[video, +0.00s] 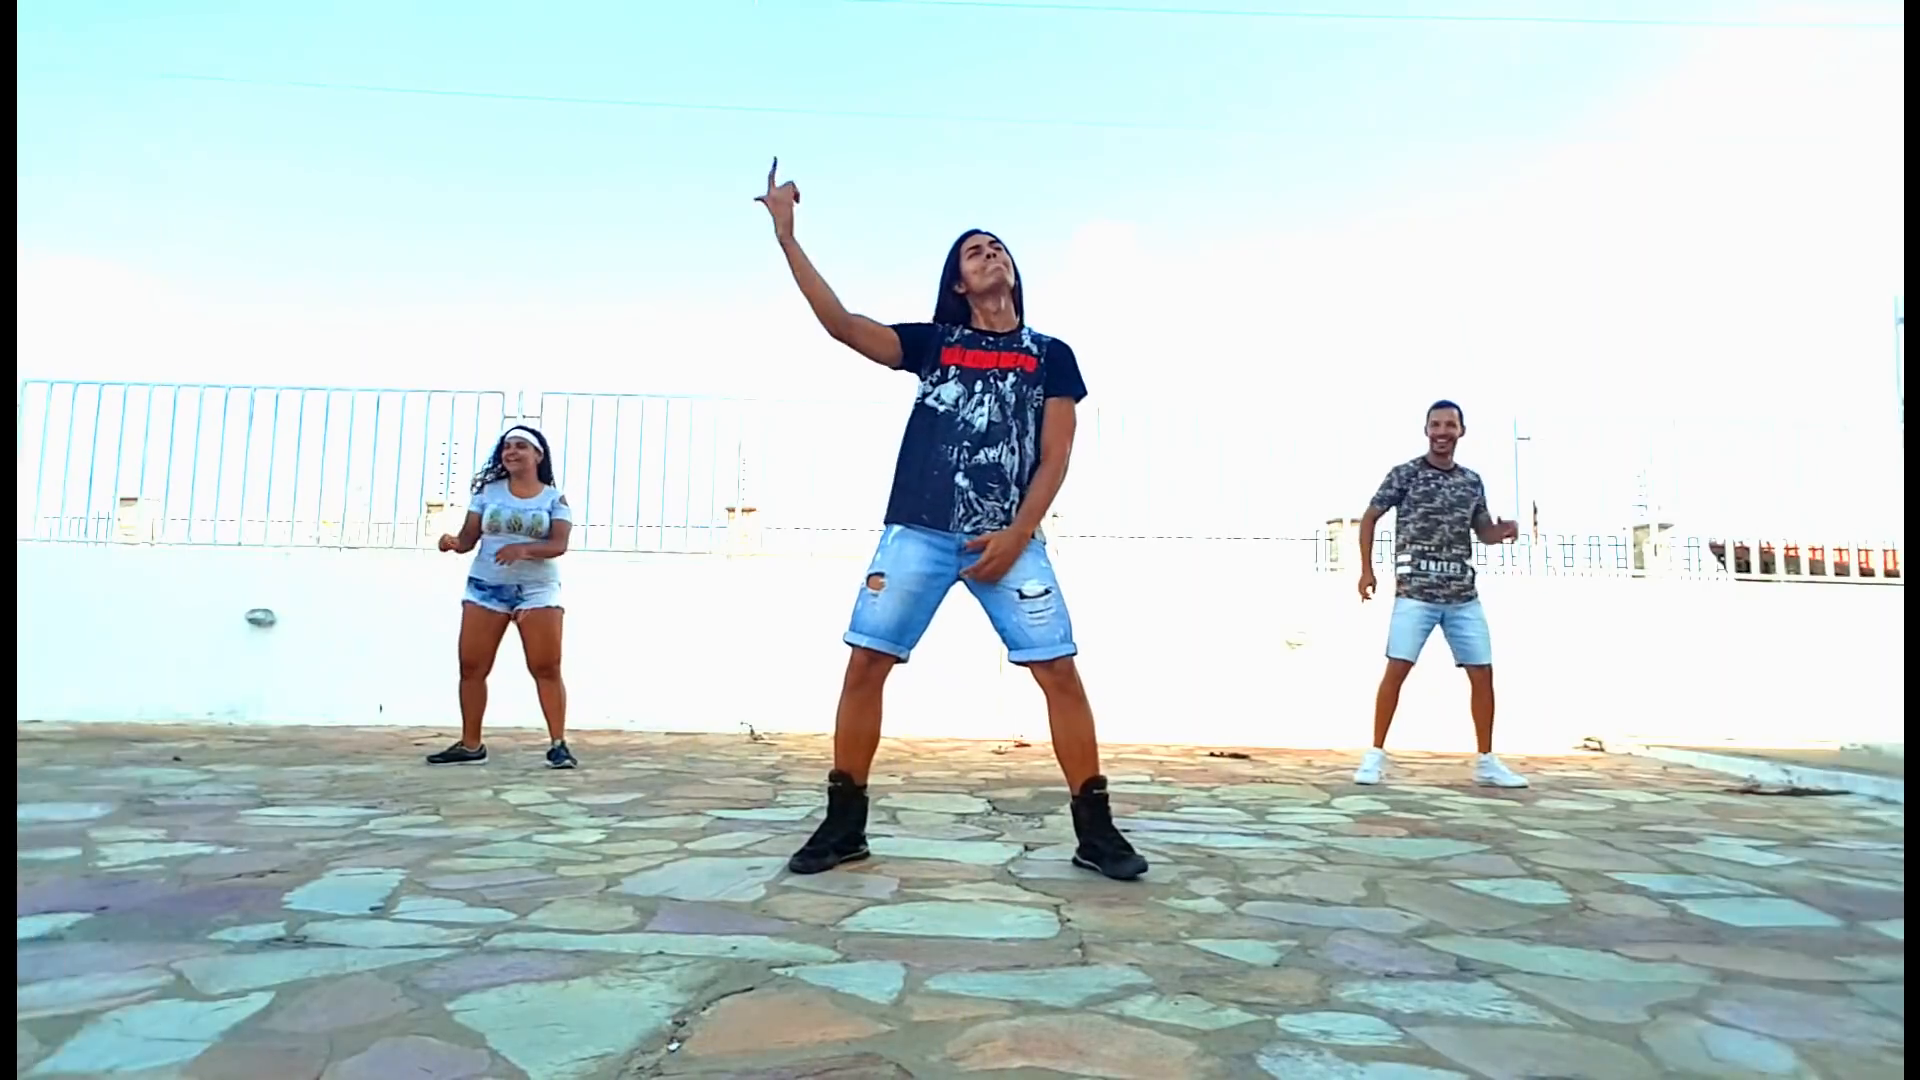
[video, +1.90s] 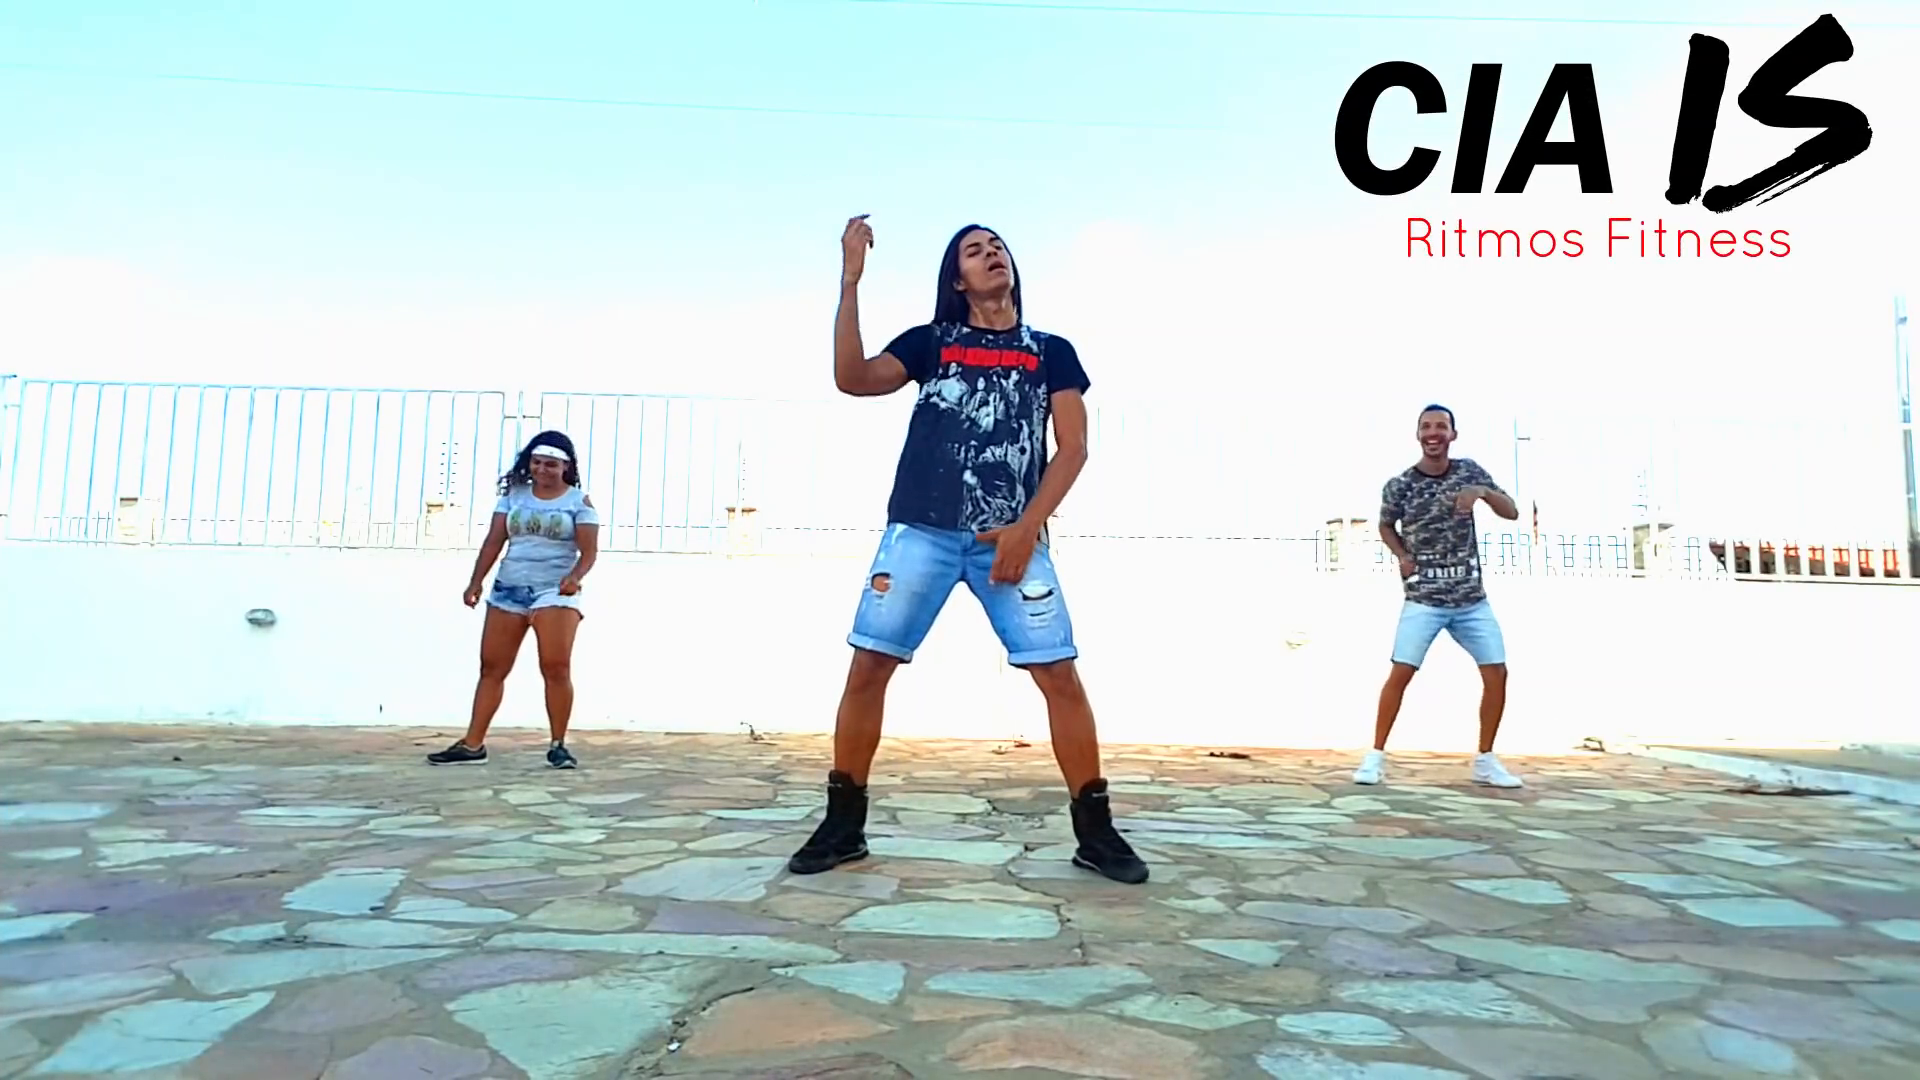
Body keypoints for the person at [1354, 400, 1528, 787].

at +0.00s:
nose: (1443, 432)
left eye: (1450, 426)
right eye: (1436, 425)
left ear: (1461, 432)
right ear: (1426, 431)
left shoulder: (1471, 481)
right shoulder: (1404, 475)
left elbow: (1484, 532)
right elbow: (1368, 520)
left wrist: (1501, 531)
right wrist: (1367, 569)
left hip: (1462, 597)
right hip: (1415, 595)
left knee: (1482, 672)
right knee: (1397, 669)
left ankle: (1486, 759)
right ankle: (1376, 753)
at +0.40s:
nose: (1405, 440)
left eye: (1412, 434)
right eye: (1398, 434)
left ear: (1422, 439)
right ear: (1388, 439)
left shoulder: (1436, 489)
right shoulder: (1370, 487)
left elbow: (1451, 542)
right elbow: (1355, 538)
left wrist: (1468, 530)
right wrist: (1385, 541)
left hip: (1434, 599)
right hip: (1389, 599)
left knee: (1474, 668)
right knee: (1382, 675)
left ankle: (1488, 756)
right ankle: (1376, 757)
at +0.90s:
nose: (1381, 431)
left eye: (1384, 425)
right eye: (1373, 424)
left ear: (1386, 429)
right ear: (1353, 428)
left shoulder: (1394, 470)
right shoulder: (1332, 484)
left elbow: (1418, 518)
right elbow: (1321, 539)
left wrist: (1431, 499)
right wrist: (1350, 564)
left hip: (1415, 582)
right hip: (1371, 593)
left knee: (1470, 638)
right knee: (1374, 670)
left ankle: (1507, 728)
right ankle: (1374, 755)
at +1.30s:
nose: (1335, 440)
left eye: (1342, 434)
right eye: (1334, 434)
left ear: (1367, 435)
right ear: (1340, 437)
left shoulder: (1403, 474)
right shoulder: (1335, 487)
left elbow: (1425, 520)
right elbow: (1328, 541)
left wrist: (1444, 546)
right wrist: (1346, 540)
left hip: (1419, 585)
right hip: (1373, 595)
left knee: (1466, 650)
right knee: (1374, 673)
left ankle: (1499, 740)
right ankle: (1375, 756)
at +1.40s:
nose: (1335, 439)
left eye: (1341, 431)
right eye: (1334, 432)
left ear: (1365, 432)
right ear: (1349, 434)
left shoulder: (1411, 467)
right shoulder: (1343, 478)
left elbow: (1438, 508)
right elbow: (1335, 523)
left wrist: (1440, 546)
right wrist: (1356, 489)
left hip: (1423, 583)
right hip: (1375, 590)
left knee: (1462, 658)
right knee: (1372, 672)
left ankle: (1489, 742)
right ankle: (1373, 755)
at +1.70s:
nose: (1384, 445)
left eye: (1390, 437)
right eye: (1379, 439)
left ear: (1411, 438)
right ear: (1376, 444)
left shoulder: (1446, 482)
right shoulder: (1375, 491)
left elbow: (1462, 533)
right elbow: (1356, 547)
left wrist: (1453, 540)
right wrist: (1371, 525)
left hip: (1448, 598)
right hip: (1398, 600)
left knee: (1481, 673)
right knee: (1383, 676)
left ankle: (1486, 757)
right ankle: (1375, 757)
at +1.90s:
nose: (1433, 433)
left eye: (1441, 427)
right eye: (1426, 427)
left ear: (1453, 434)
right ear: (1417, 434)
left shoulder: (1470, 473)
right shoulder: (1398, 487)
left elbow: (1511, 513)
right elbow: (1385, 526)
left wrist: (1483, 492)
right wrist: (1402, 555)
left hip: (1470, 599)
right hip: (1423, 599)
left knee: (1496, 673)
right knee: (1401, 671)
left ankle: (1485, 758)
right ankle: (1376, 754)